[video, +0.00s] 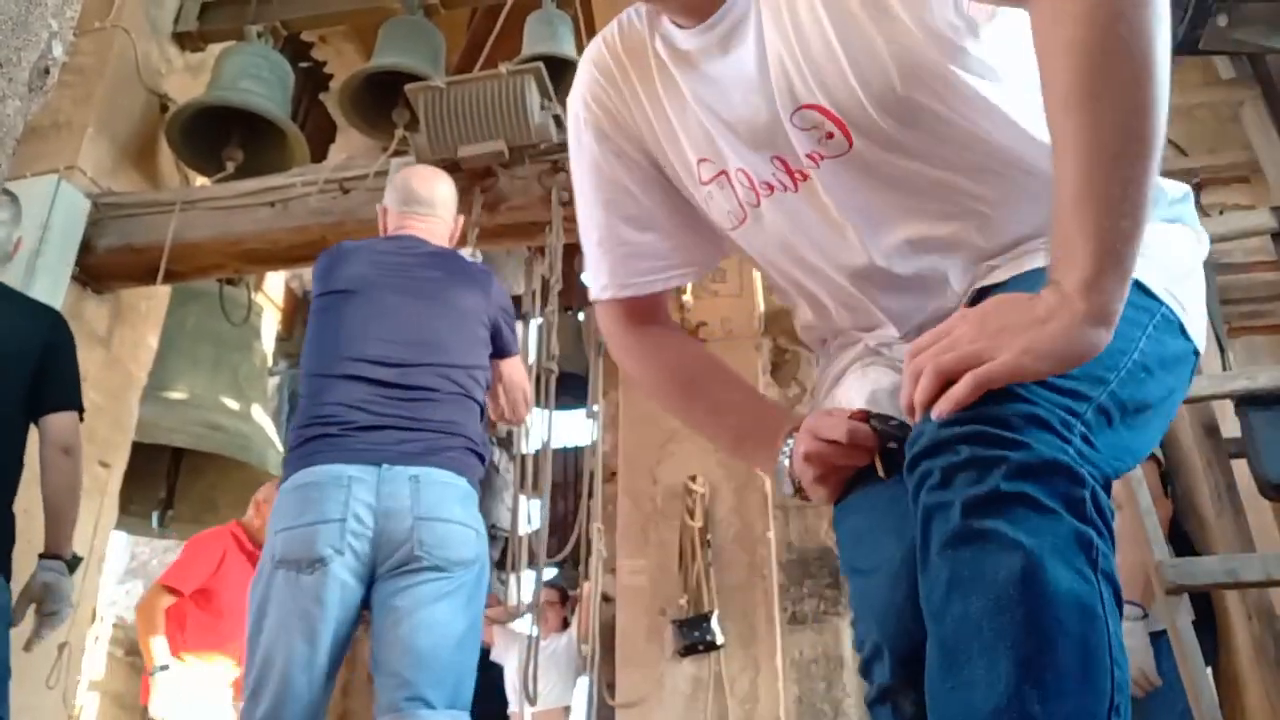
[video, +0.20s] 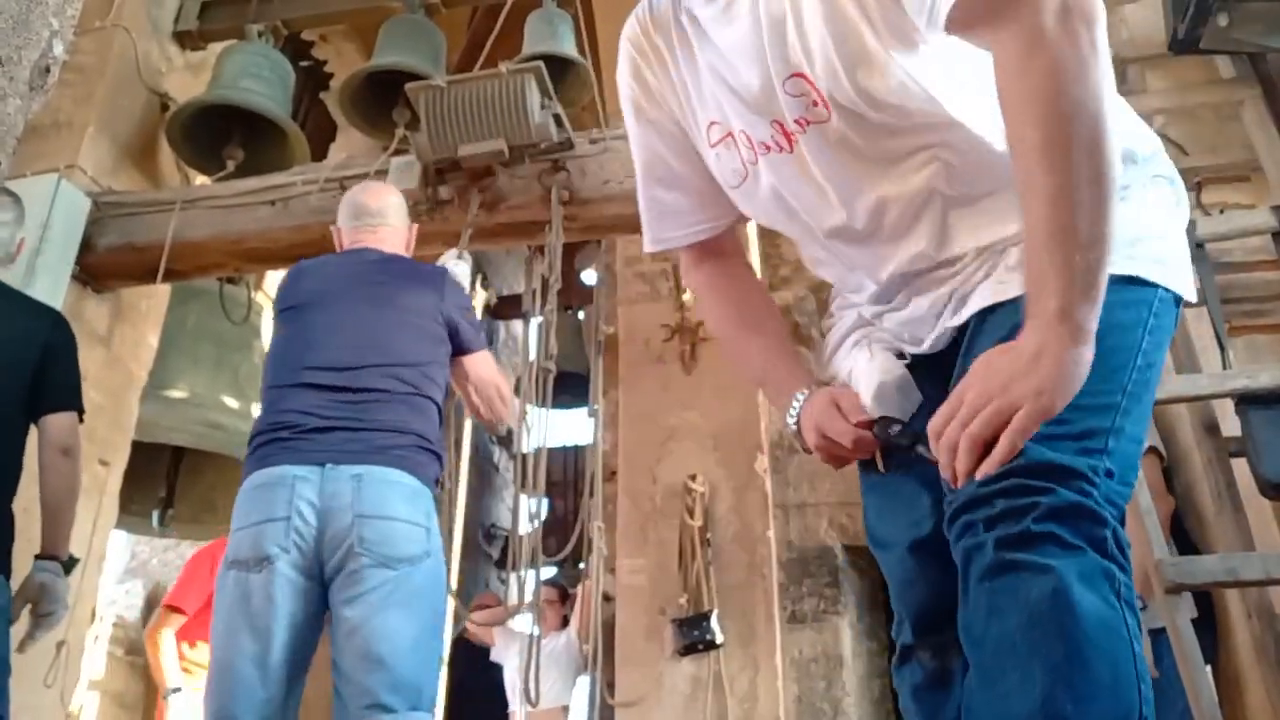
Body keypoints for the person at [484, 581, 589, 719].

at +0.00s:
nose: (542, 608)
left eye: (550, 604)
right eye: (538, 603)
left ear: (565, 609)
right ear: (533, 607)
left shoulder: (571, 641)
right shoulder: (515, 644)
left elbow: (590, 589)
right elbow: (480, 619)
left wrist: (574, 598)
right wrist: (525, 608)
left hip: (557, 715)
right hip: (518, 715)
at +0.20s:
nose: (541, 608)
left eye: (549, 602)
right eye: (538, 602)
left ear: (565, 608)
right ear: (532, 605)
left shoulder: (571, 641)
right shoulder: (514, 643)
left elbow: (587, 587)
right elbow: (472, 622)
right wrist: (521, 607)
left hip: (554, 714)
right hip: (518, 714)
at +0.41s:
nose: (540, 607)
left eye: (548, 602)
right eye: (536, 601)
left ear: (565, 609)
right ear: (531, 605)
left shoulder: (571, 642)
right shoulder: (514, 643)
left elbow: (584, 588)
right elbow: (471, 623)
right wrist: (521, 610)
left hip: (553, 714)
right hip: (517, 715)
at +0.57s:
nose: (541, 606)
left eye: (549, 601)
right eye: (537, 601)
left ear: (566, 607)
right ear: (532, 605)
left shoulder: (571, 641)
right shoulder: (516, 642)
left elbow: (584, 589)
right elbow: (473, 619)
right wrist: (523, 610)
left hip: (553, 714)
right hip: (517, 715)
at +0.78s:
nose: (540, 609)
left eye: (548, 603)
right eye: (535, 603)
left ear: (565, 608)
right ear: (530, 608)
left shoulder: (572, 640)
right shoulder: (518, 641)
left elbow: (587, 590)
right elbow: (475, 617)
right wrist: (522, 610)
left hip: (557, 713)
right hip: (518, 714)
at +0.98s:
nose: (540, 616)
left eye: (547, 608)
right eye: (535, 609)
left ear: (562, 609)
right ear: (529, 612)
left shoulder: (573, 638)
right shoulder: (522, 642)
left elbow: (590, 590)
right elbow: (478, 611)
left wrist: (571, 600)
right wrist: (525, 603)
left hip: (557, 714)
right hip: (522, 714)